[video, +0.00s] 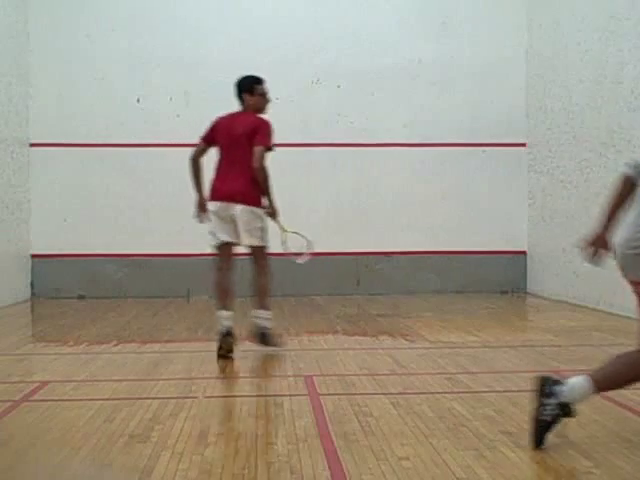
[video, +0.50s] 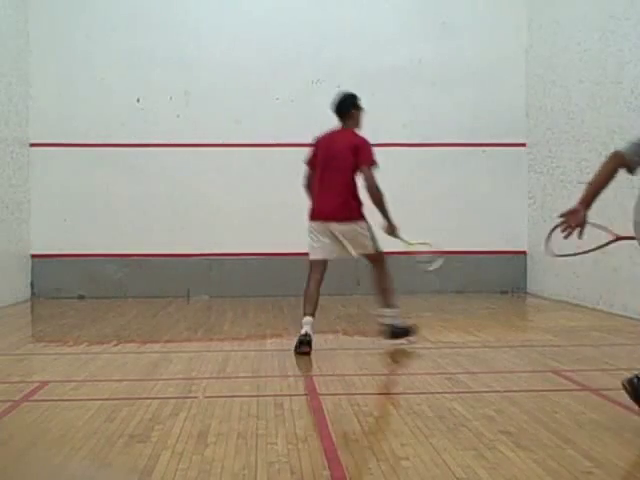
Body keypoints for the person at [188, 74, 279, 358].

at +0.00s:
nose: (267, 99)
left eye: (266, 94)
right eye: (263, 94)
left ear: (244, 97)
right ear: (248, 96)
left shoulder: (222, 122)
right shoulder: (261, 124)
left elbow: (196, 156)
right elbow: (257, 164)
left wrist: (200, 196)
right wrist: (270, 200)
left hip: (219, 199)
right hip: (248, 201)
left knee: (223, 262)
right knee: (260, 261)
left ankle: (225, 325)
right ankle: (261, 323)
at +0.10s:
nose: (287, 109)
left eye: (286, 104)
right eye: (282, 104)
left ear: (264, 108)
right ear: (268, 107)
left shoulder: (242, 134)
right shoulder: (279, 136)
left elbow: (216, 167)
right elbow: (279, 176)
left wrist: (221, 207)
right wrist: (296, 212)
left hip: (240, 214)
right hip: (270, 215)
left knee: (239, 273)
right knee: (294, 270)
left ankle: (232, 335)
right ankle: (315, 329)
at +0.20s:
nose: (307, 111)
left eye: (305, 106)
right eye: (302, 107)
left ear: (285, 112)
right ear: (288, 110)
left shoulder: (265, 139)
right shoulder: (302, 138)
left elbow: (240, 176)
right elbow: (302, 178)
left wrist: (240, 218)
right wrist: (317, 214)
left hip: (268, 219)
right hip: (298, 218)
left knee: (257, 274)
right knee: (314, 274)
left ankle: (240, 327)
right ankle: (326, 332)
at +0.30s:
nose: (324, 102)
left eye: (322, 97)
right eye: (319, 98)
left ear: (301, 102)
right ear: (305, 101)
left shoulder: (282, 131)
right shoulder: (323, 128)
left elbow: (263, 171)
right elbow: (326, 165)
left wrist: (266, 212)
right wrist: (340, 203)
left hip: (289, 205)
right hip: (320, 205)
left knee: (281, 261)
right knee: (329, 263)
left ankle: (271, 320)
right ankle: (329, 323)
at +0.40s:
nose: (341, 101)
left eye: (340, 96)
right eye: (338, 96)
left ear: (317, 101)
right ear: (328, 99)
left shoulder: (300, 129)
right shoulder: (341, 126)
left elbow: (286, 170)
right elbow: (348, 166)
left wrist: (293, 202)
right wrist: (363, 204)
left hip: (303, 202)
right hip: (335, 202)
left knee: (304, 261)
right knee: (351, 257)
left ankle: (298, 319)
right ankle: (347, 311)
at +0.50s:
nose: (362, 116)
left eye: (360, 112)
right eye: (359, 112)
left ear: (339, 115)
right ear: (353, 114)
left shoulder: (321, 141)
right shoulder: (358, 142)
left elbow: (308, 182)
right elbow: (371, 185)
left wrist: (322, 206)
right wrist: (388, 220)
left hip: (319, 216)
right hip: (347, 216)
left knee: (315, 273)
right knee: (378, 262)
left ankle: (305, 331)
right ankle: (391, 321)